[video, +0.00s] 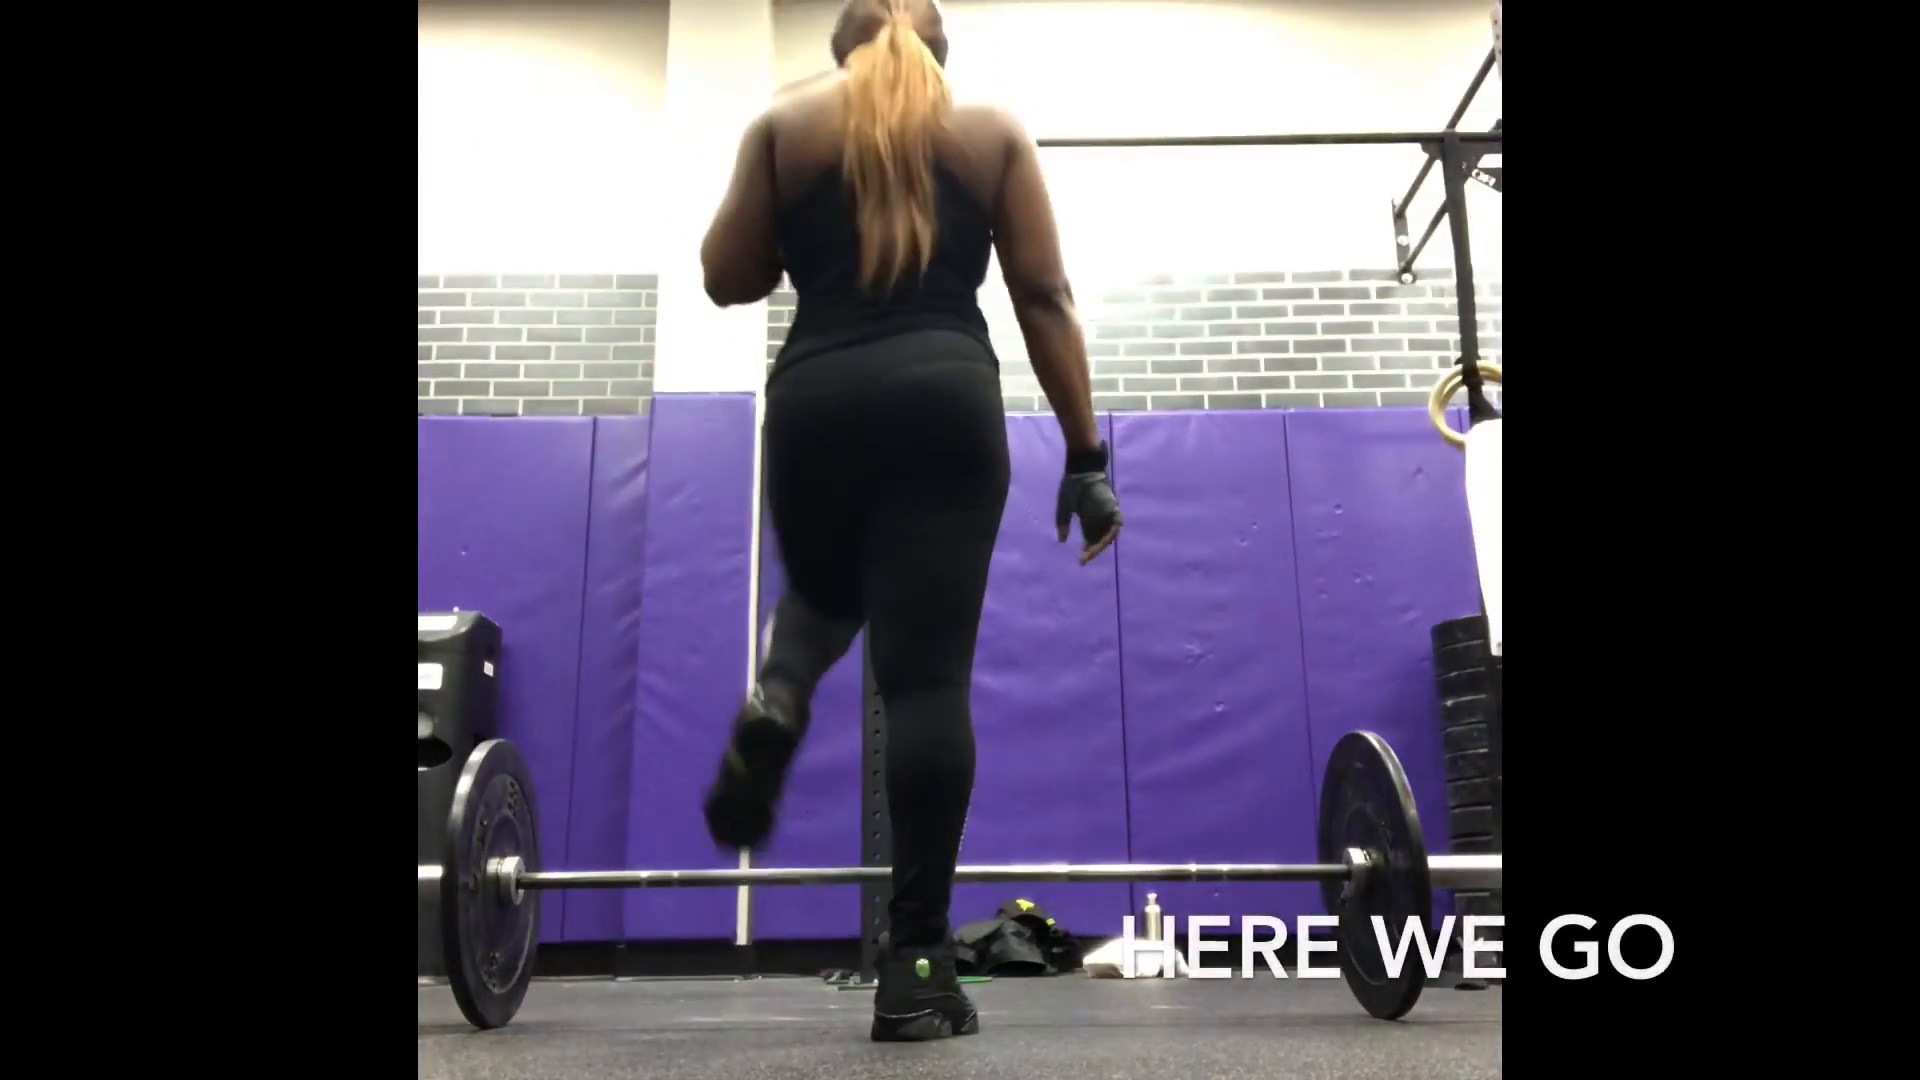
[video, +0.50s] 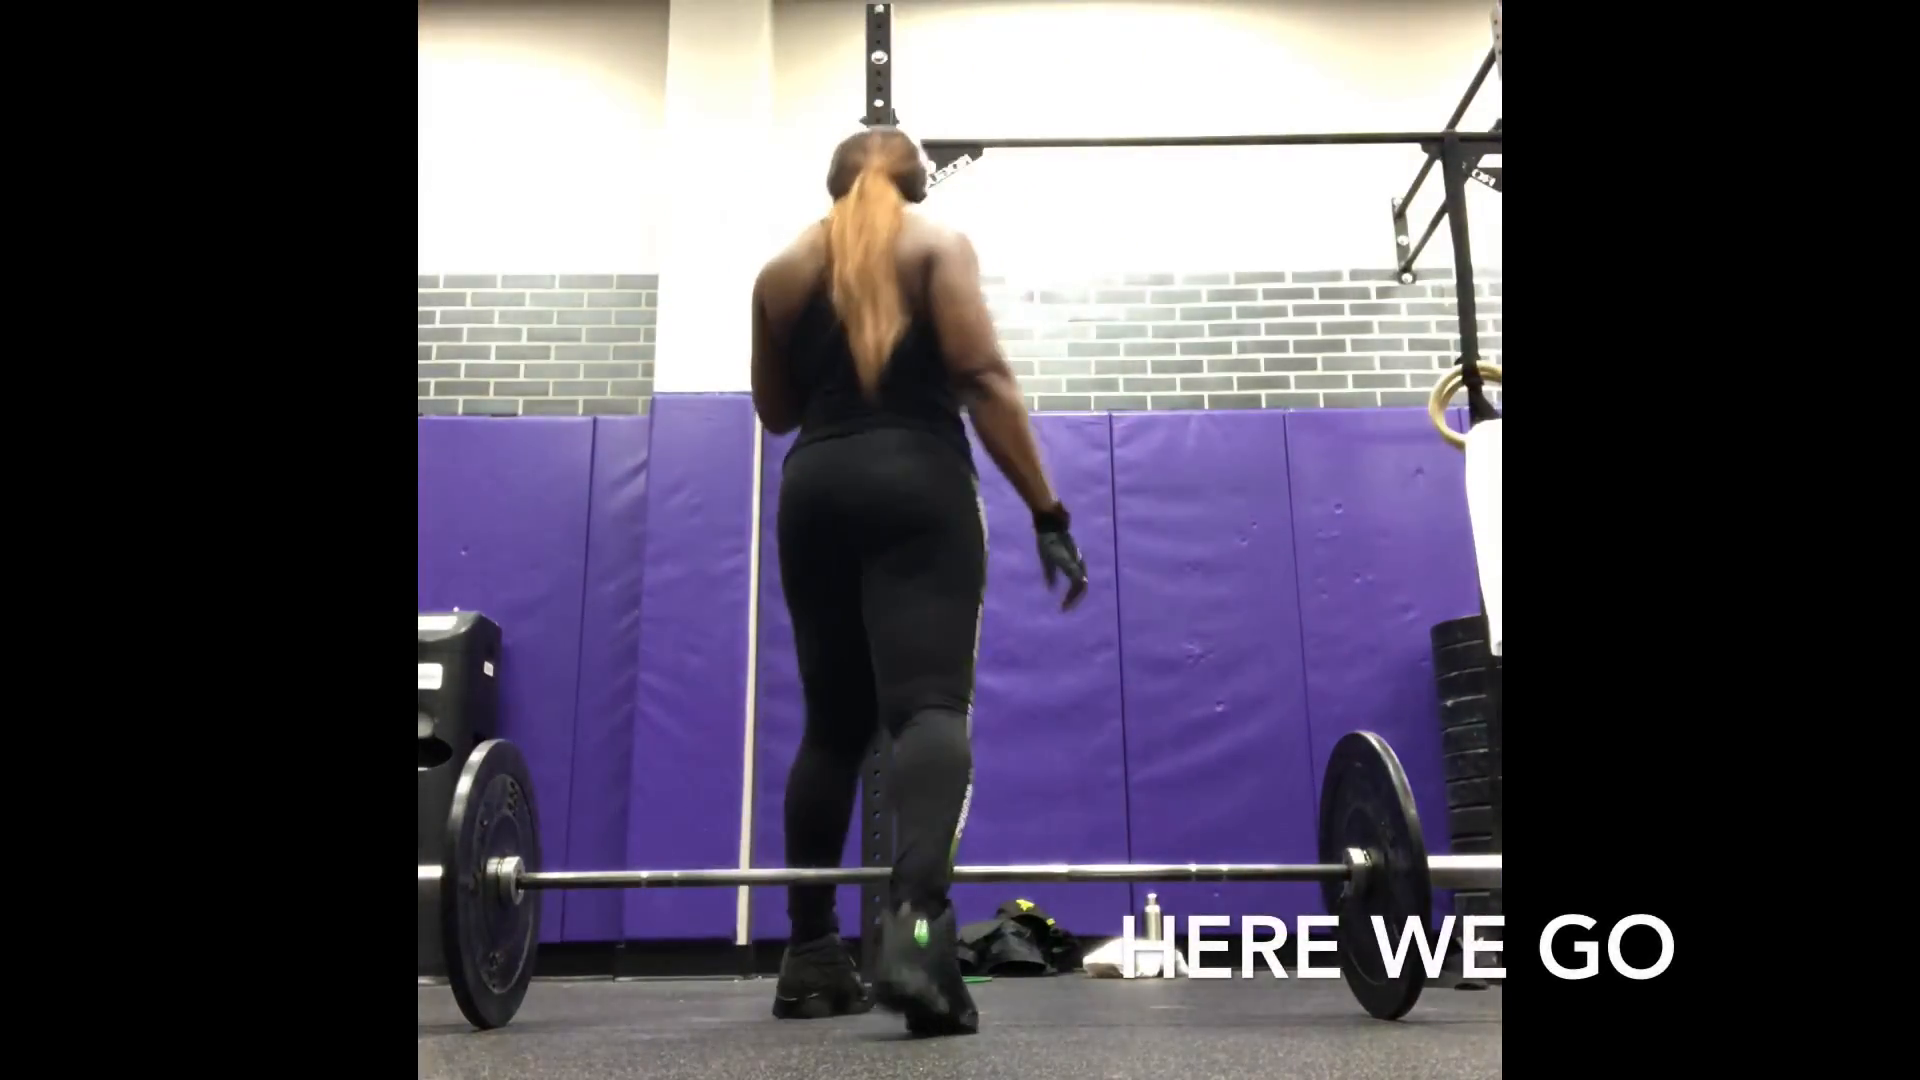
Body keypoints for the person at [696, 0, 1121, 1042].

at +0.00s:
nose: (936, 32)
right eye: (937, 28)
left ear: (843, 47)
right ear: (933, 47)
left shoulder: (785, 123)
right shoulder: (990, 131)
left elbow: (728, 277)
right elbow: (1044, 296)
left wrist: (807, 213)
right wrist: (1086, 453)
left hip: (815, 404)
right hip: (950, 401)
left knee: (822, 600)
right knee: (930, 684)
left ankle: (772, 717)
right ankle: (914, 967)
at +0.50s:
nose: (924, 189)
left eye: (913, 176)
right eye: (923, 178)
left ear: (835, 186)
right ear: (912, 186)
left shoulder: (783, 272)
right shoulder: (935, 245)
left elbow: (776, 407)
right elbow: (983, 378)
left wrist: (860, 378)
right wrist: (1048, 511)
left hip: (812, 486)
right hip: (921, 477)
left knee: (833, 726)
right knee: (930, 710)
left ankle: (813, 953)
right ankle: (915, 934)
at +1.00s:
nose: (950, 255)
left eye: (946, 242)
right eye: (946, 242)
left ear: (875, 240)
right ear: (926, 239)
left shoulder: (827, 310)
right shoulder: (920, 281)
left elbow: (815, 440)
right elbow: (929, 379)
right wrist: (988, 518)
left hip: (838, 516)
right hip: (922, 509)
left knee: (855, 738)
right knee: (1031, 691)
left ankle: (817, 949)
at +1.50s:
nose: (1041, 281)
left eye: (1038, 266)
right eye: (1031, 265)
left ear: (990, 270)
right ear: (992, 265)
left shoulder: (954, 330)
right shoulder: (963, 301)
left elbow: (866, 423)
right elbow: (866, 323)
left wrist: (935, 484)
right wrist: (946, 420)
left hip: (952, 531)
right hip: (978, 528)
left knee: (993, 733)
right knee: (1007, 728)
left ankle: (986, 938)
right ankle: (983, 942)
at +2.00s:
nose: (1002, 318)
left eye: (1011, 306)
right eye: (987, 304)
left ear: (1017, 311)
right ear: (947, 305)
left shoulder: (1015, 379)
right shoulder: (901, 363)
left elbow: (1023, 453)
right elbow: (805, 404)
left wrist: (1020, 495)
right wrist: (850, 462)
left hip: (1009, 561)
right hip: (928, 549)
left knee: (994, 754)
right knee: (930, 728)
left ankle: (982, 948)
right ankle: (886, 941)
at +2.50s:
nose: (928, 522)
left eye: (946, 503)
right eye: (908, 505)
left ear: (973, 510)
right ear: (877, 514)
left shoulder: (1025, 594)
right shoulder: (823, 595)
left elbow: (1151, 724)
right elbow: (696, 724)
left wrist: (1263, 821)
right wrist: (585, 834)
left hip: (985, 731)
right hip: (865, 735)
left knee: (1065, 736)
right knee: (777, 746)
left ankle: (1049, 961)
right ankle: (819, 961)